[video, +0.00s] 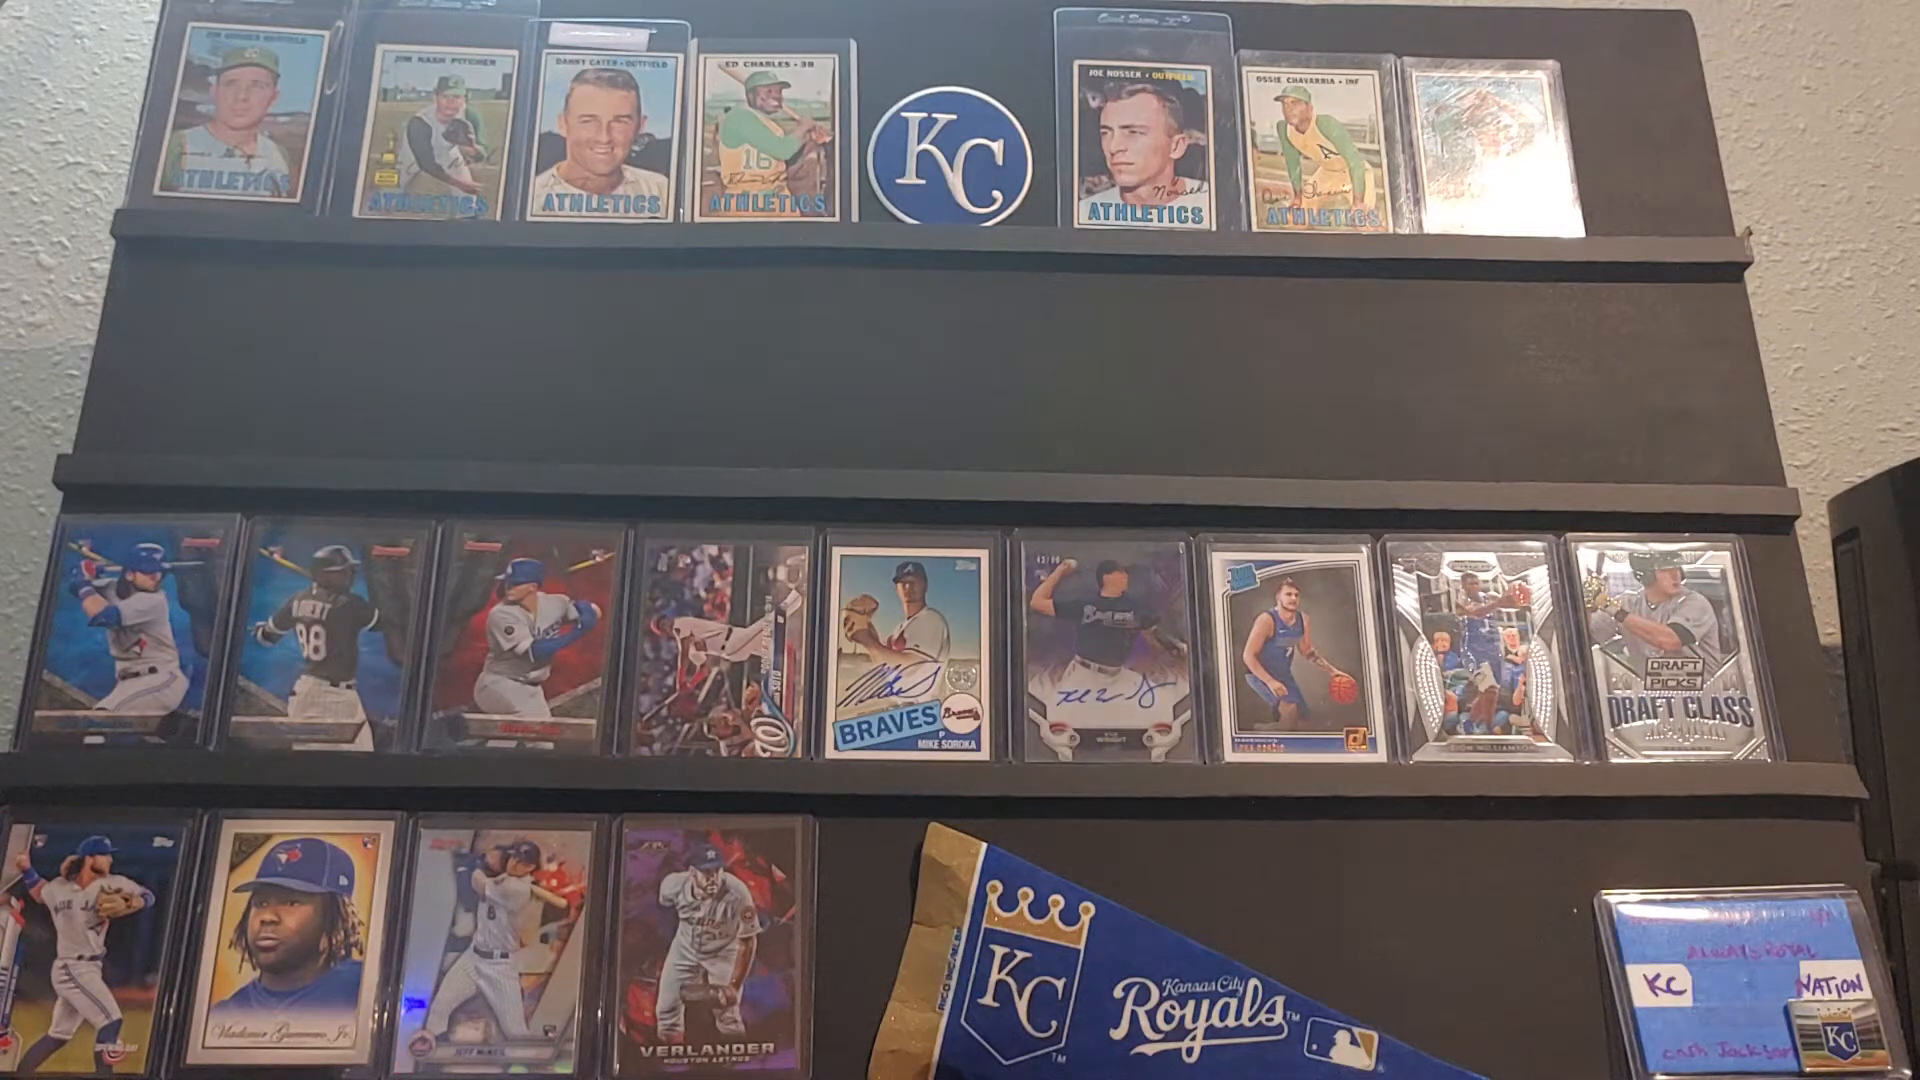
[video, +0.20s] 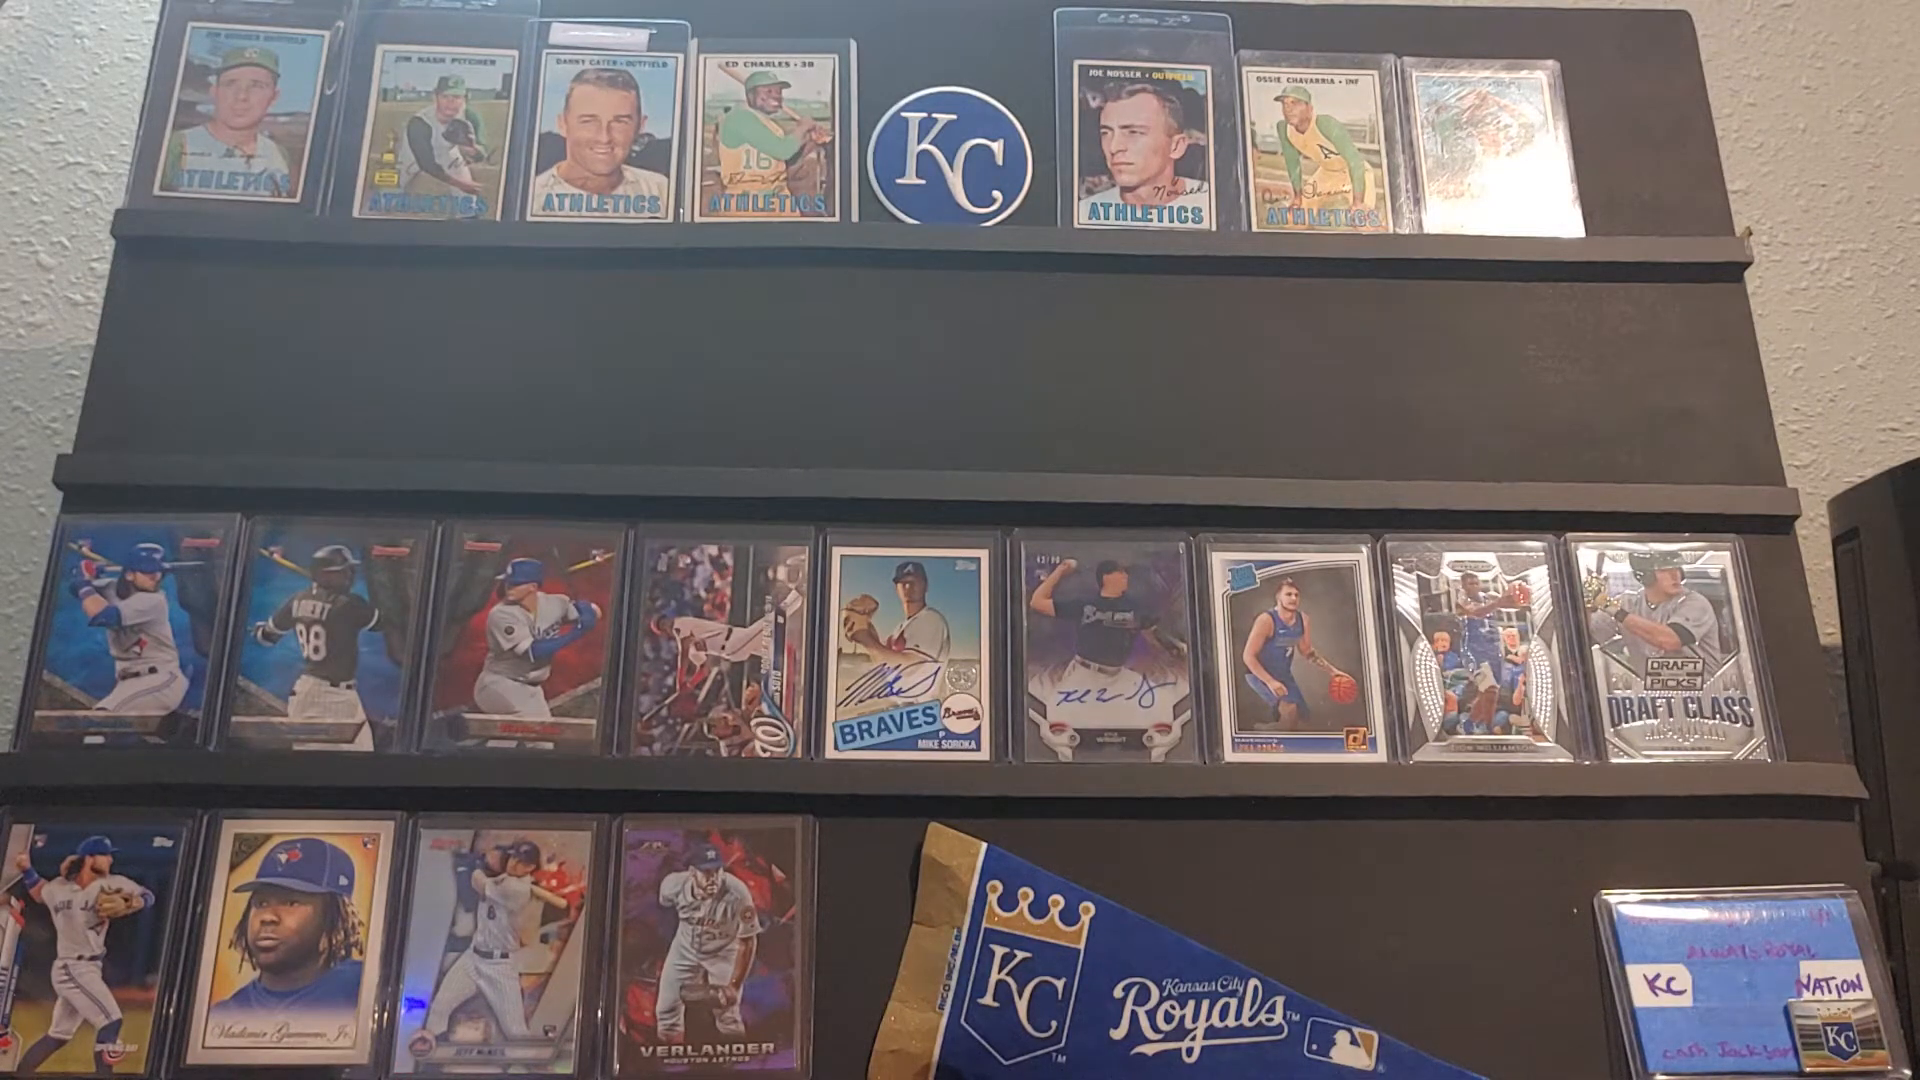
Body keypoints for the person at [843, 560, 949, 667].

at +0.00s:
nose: (907, 588)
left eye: (913, 583)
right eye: (902, 583)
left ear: (925, 586)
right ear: (896, 587)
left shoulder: (931, 619)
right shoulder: (902, 626)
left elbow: (909, 662)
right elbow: (882, 660)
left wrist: (865, 639)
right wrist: (864, 622)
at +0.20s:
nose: (907, 588)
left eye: (913, 583)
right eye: (902, 583)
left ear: (925, 586)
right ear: (896, 588)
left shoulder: (931, 619)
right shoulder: (902, 625)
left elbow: (910, 661)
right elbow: (882, 659)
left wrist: (866, 639)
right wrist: (865, 623)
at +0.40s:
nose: (907, 588)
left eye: (913, 583)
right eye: (902, 583)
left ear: (925, 586)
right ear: (896, 588)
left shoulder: (931, 619)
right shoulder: (902, 625)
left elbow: (910, 661)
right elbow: (882, 659)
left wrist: (866, 639)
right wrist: (865, 623)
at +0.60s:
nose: (907, 588)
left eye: (913, 583)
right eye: (902, 583)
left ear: (925, 586)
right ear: (896, 588)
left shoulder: (931, 619)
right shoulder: (902, 626)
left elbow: (910, 661)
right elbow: (882, 659)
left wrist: (866, 639)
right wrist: (865, 623)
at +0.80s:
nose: (907, 588)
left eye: (913, 583)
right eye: (902, 583)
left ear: (925, 587)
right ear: (897, 588)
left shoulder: (930, 619)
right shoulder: (901, 626)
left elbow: (910, 662)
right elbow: (883, 661)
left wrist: (866, 640)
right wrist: (867, 627)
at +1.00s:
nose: (907, 588)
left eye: (913, 583)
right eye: (902, 583)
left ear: (925, 587)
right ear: (897, 588)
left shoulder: (930, 619)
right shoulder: (901, 627)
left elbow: (911, 664)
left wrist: (866, 640)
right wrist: (868, 630)